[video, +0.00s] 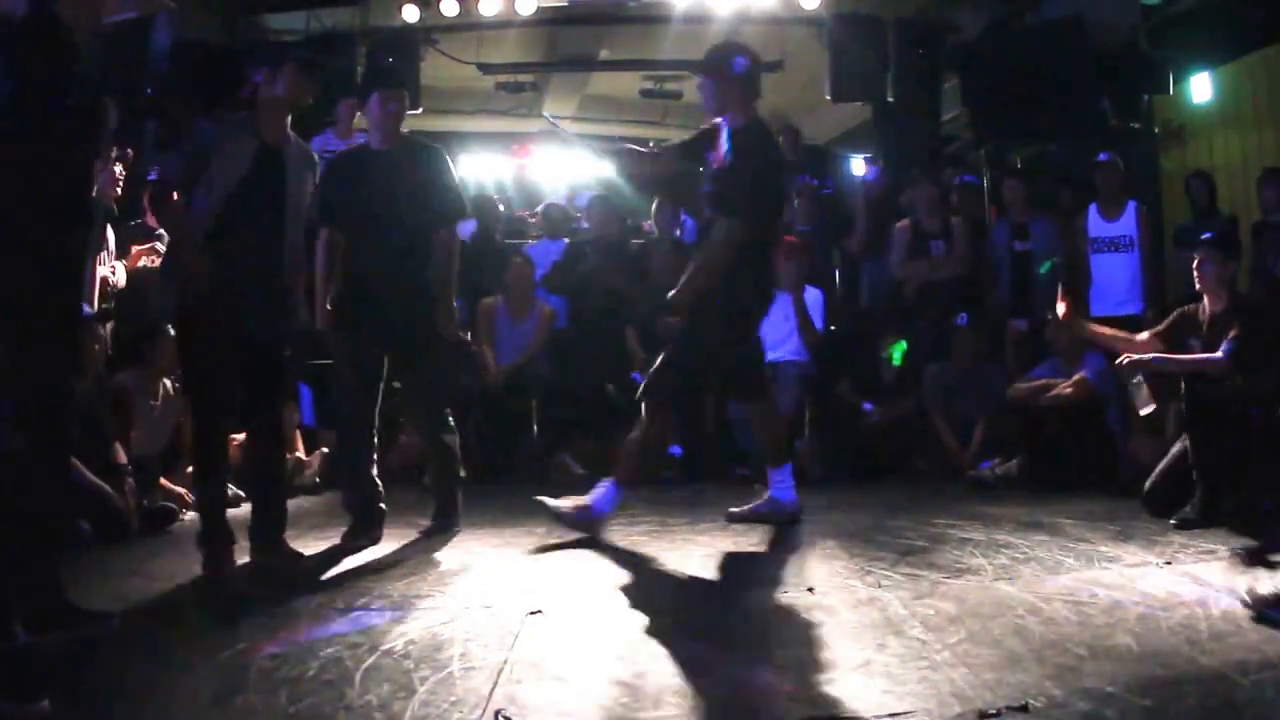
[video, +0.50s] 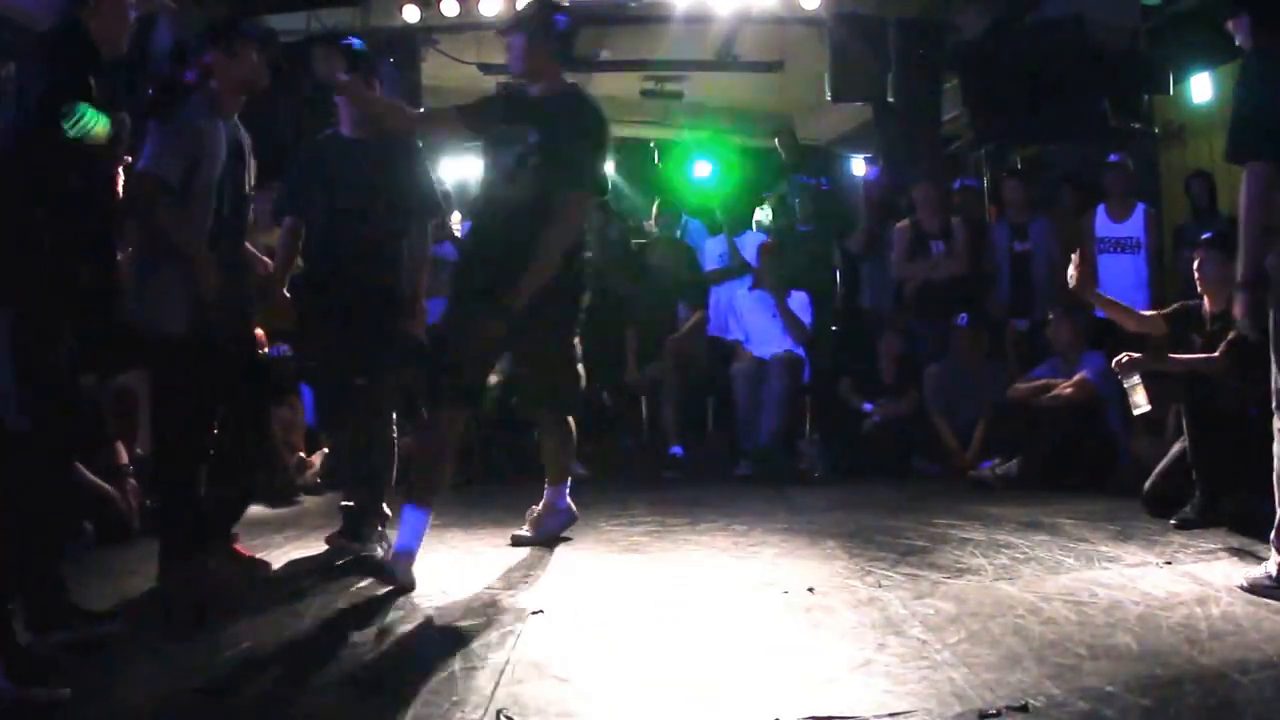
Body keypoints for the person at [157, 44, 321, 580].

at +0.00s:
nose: (288, 97)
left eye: (296, 89)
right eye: (281, 85)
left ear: (302, 95)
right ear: (260, 84)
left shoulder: (303, 159)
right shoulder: (216, 137)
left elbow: (301, 237)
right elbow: (162, 193)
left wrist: (301, 301)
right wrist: (189, 244)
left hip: (269, 308)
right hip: (208, 306)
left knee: (270, 428)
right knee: (210, 426)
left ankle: (269, 541)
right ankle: (216, 547)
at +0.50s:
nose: (259, 71)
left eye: (260, 60)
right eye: (249, 59)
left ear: (249, 69)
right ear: (217, 61)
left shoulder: (239, 137)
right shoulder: (185, 124)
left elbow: (232, 222)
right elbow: (148, 201)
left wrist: (256, 260)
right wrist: (196, 259)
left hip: (221, 303)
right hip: (175, 306)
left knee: (243, 423)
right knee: (182, 426)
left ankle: (216, 536)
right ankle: (180, 553)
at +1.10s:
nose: (236, 96)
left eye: (235, 86)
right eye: (232, 85)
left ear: (199, 81)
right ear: (216, 83)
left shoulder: (185, 120)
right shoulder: (192, 117)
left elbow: (172, 209)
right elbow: (163, 199)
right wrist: (207, 254)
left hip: (166, 297)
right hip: (167, 301)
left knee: (179, 422)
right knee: (183, 425)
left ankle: (179, 535)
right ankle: (179, 554)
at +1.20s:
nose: (233, 100)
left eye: (231, 94)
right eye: (231, 93)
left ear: (193, 88)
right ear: (221, 91)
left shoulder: (169, 126)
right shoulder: (205, 120)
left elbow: (128, 210)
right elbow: (190, 197)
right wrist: (229, 263)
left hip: (150, 301)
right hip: (176, 305)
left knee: (175, 422)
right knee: (191, 422)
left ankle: (171, 541)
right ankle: (179, 550)